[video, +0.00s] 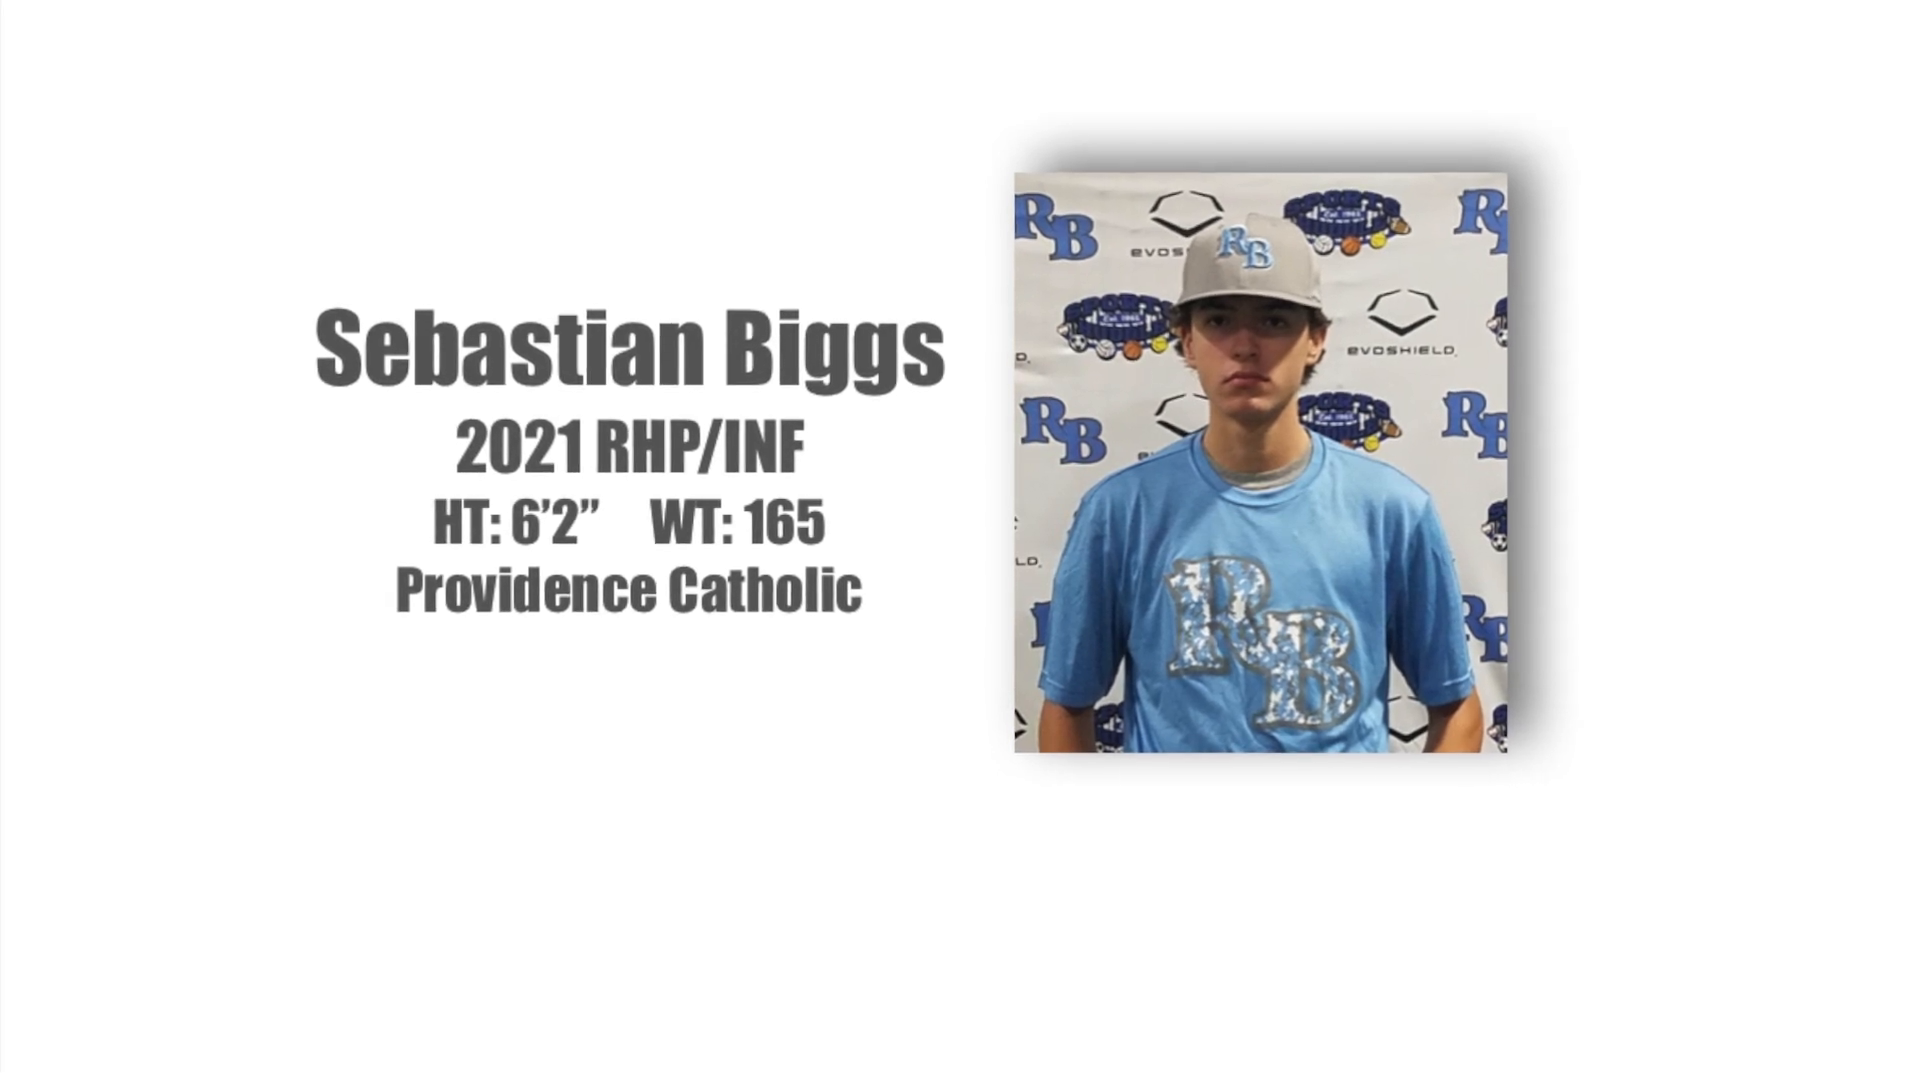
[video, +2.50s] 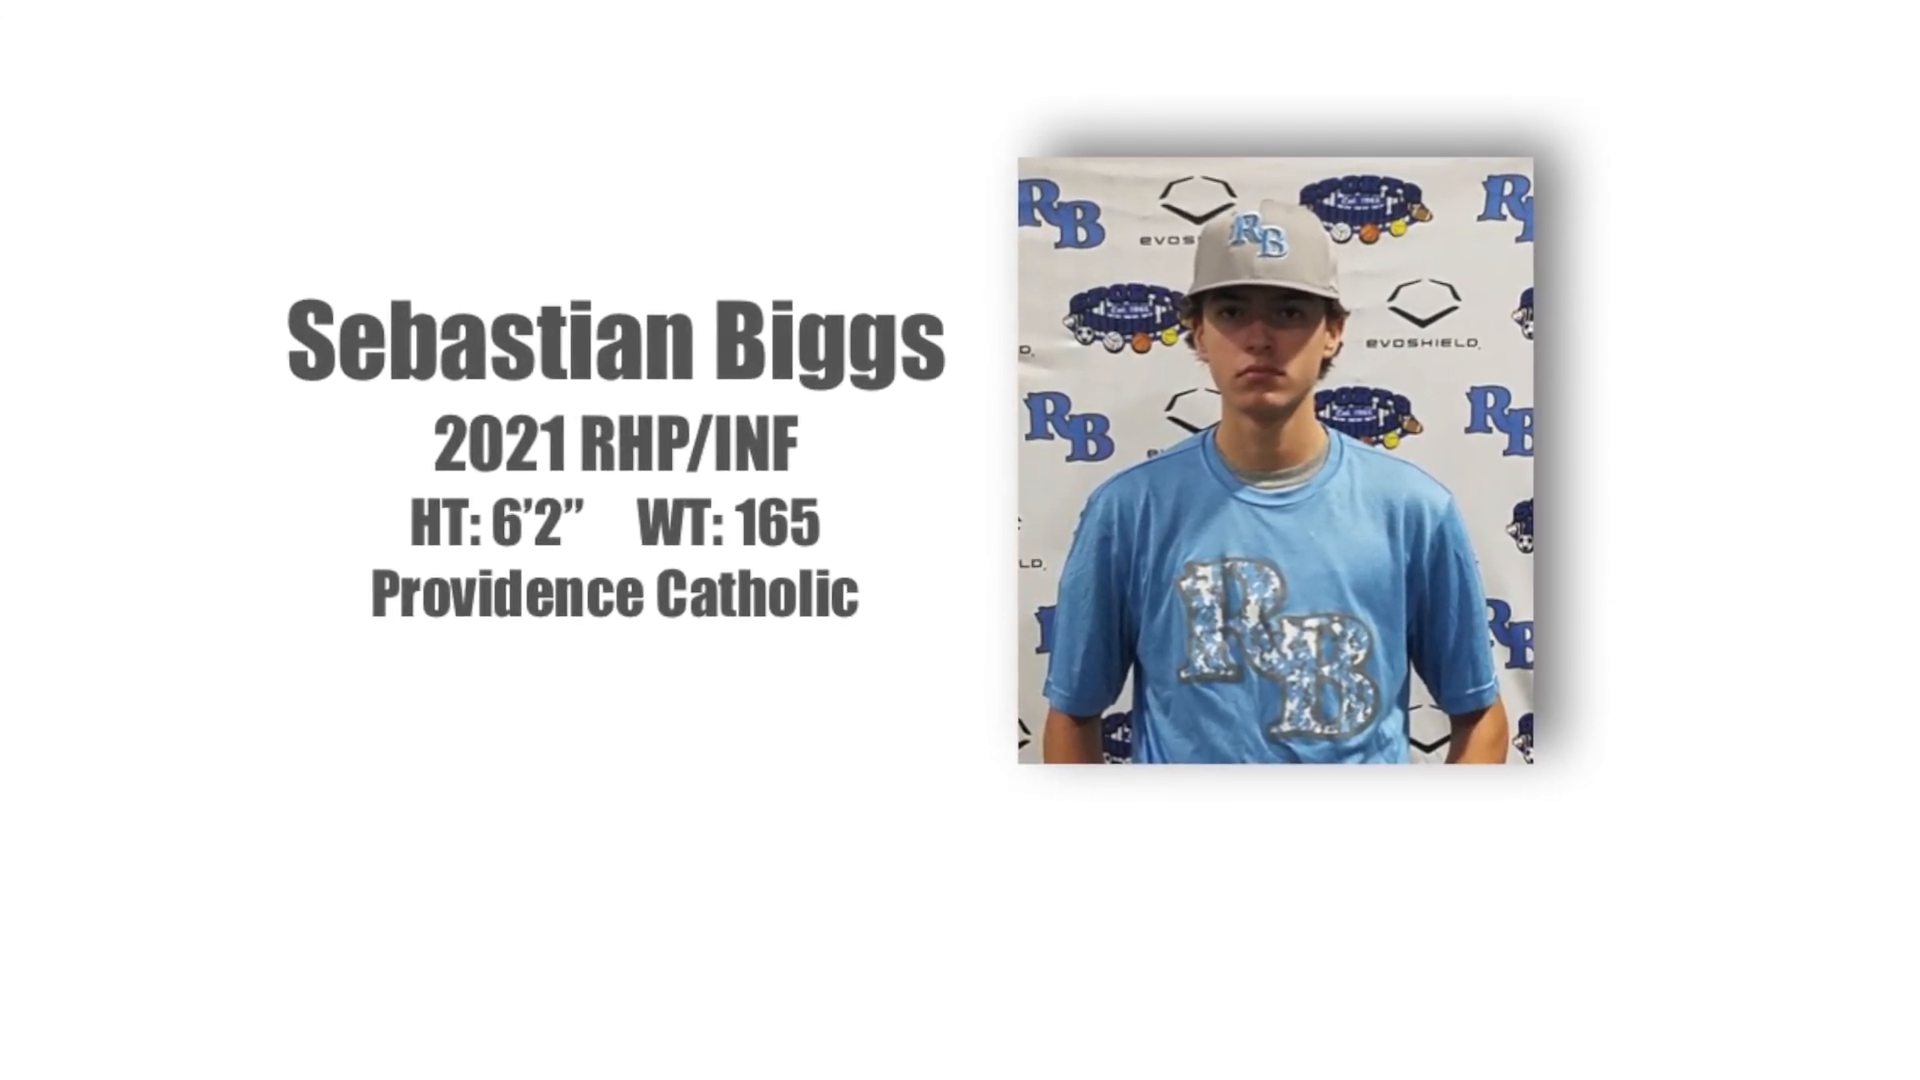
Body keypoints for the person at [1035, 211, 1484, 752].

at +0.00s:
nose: (1245, 345)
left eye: (1273, 321)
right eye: (1221, 321)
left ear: (1314, 342)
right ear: (1187, 342)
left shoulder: (1394, 511)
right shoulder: (1117, 513)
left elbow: (1457, 708)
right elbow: (1067, 711)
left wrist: (1420, 827)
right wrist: (1076, 832)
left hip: (1351, 823)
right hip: (1171, 823)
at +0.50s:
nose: (1248, 343)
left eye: (1276, 319)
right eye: (1223, 319)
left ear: (1317, 341)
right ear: (1189, 341)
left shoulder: (1398, 511)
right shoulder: (1118, 513)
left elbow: (1461, 710)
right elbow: (1068, 712)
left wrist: (1422, 829)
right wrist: (1079, 835)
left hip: (1354, 826)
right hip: (1172, 825)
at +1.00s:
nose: (1251, 342)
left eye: (1279, 317)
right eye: (1226, 318)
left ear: (1320, 340)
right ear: (1191, 339)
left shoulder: (1402, 511)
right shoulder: (1120, 513)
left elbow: (1466, 712)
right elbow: (1069, 714)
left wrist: (1426, 832)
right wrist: (1080, 838)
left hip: (1357, 828)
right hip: (1174, 829)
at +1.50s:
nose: (1254, 340)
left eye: (1282, 316)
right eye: (1229, 316)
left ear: (1324, 337)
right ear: (1193, 338)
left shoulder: (1407, 511)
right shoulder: (1122, 513)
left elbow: (1471, 714)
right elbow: (1071, 716)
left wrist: (1431, 836)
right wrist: (1083, 841)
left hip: (1362, 831)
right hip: (1177, 831)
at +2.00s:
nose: (1257, 339)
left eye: (1286, 314)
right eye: (1231, 314)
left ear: (1328, 335)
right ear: (1195, 336)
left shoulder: (1410, 510)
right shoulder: (1124, 513)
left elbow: (1476, 716)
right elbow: (1072, 718)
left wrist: (1436, 838)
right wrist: (1085, 844)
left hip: (1366, 834)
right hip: (1180, 834)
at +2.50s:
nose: (1260, 337)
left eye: (1289, 312)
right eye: (1234, 312)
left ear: (1331, 334)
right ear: (1198, 335)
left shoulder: (1415, 511)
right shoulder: (1125, 514)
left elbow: (1482, 717)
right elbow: (1073, 720)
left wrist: (1440, 841)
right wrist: (1086, 847)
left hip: (1370, 837)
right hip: (1182, 837)